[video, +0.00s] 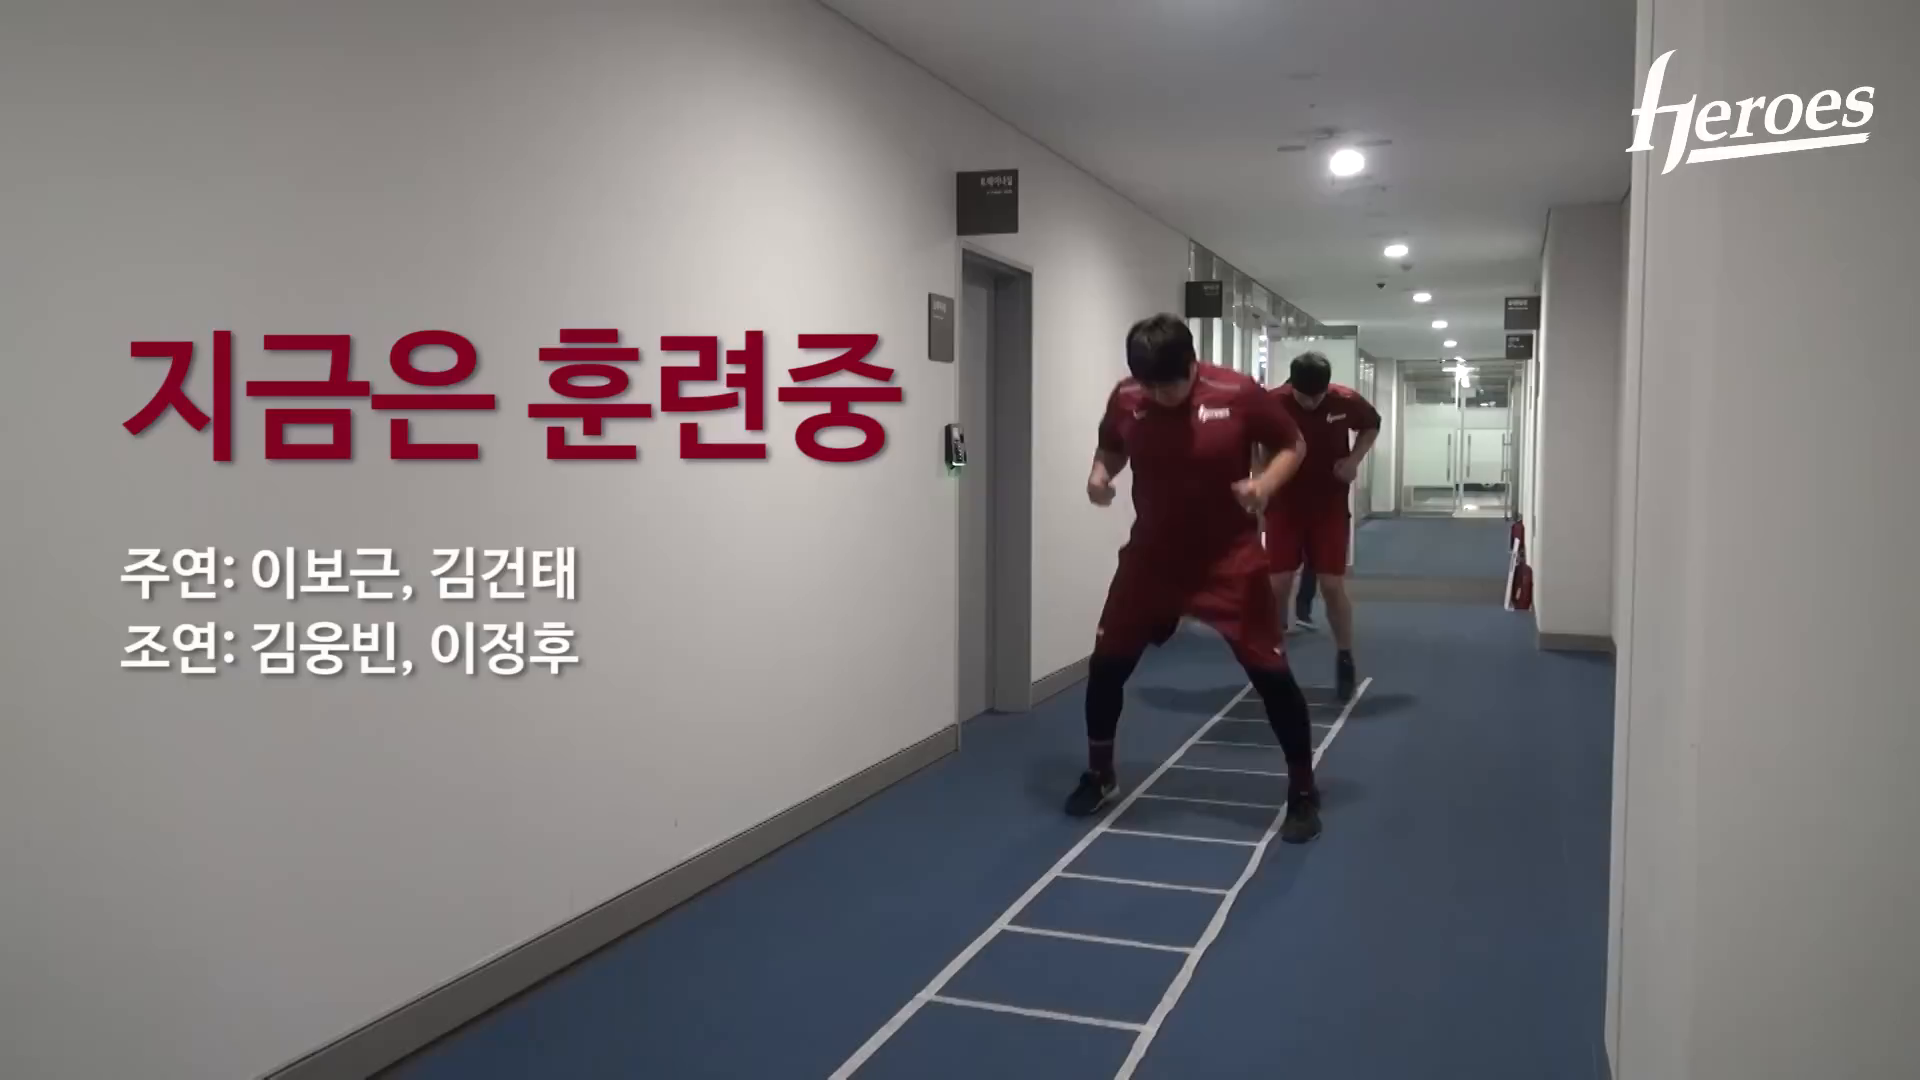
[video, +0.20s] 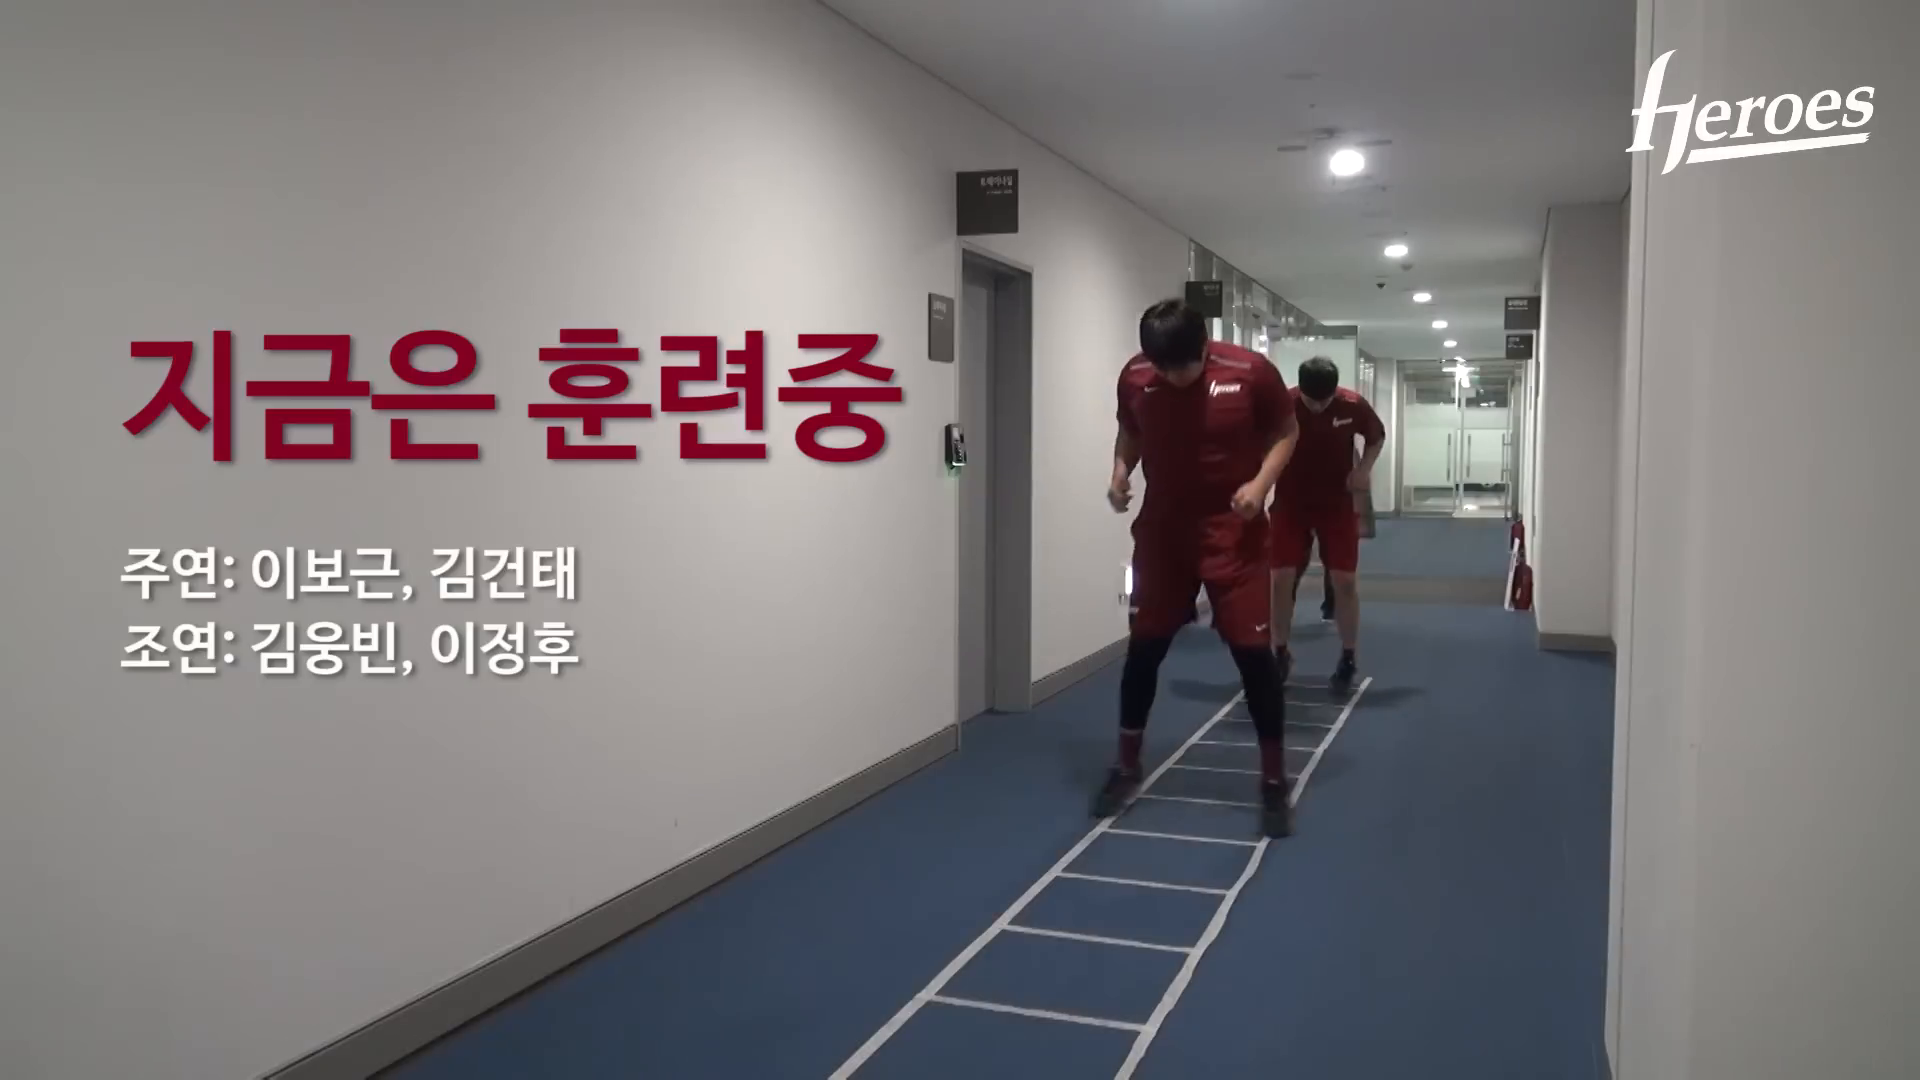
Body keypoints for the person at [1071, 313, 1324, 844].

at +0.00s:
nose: (1162, 397)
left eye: (1171, 387)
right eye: (1152, 388)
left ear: (1191, 367)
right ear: (1138, 376)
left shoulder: (1239, 395)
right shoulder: (1127, 401)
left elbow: (1293, 445)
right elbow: (1110, 448)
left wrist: (1264, 482)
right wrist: (1100, 476)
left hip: (1228, 557)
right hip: (1152, 555)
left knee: (1268, 670)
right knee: (1106, 665)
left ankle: (1302, 791)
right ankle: (1100, 774)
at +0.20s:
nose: (1175, 378)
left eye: (1183, 368)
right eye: (1165, 370)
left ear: (1202, 347)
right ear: (1152, 356)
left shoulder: (1251, 372)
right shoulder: (1137, 379)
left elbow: (1287, 430)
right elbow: (1131, 431)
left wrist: (1261, 483)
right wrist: (1121, 470)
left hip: (1234, 535)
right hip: (1162, 535)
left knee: (1252, 651)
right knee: (1145, 646)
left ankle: (1273, 776)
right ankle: (1127, 763)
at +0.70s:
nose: (1192, 401)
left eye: (1200, 393)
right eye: (1183, 393)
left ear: (1221, 377)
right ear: (1172, 382)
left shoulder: (1263, 403)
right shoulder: (1159, 410)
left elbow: (1299, 455)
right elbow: (1149, 457)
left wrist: (1275, 494)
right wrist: (1145, 497)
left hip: (1258, 561)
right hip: (1183, 557)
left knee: (1300, 655)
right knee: (1141, 648)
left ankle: (1323, 759)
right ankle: (1136, 750)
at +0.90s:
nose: (1191, 384)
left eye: (1198, 375)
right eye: (1183, 377)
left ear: (1217, 355)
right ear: (1171, 365)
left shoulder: (1269, 368)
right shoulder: (1167, 385)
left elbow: (1304, 413)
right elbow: (1166, 430)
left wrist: (1284, 465)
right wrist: (1161, 471)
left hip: (1265, 519)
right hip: (1198, 519)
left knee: (1274, 630)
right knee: (1183, 625)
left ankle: (1282, 743)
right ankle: (1182, 740)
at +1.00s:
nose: (1190, 393)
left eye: (1197, 385)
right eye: (1182, 386)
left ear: (1219, 363)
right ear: (1172, 375)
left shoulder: (1271, 380)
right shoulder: (1175, 394)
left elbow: (1311, 427)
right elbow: (1176, 443)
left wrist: (1293, 479)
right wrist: (1157, 484)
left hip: (1267, 531)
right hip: (1203, 531)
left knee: (1263, 639)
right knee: (1206, 639)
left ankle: (1266, 743)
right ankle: (1224, 742)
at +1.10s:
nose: (1187, 392)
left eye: (1191, 383)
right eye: (1180, 386)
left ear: (1211, 359)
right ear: (1171, 378)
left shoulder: (1272, 374)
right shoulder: (1177, 394)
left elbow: (1317, 420)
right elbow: (1186, 437)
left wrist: (1301, 477)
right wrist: (1163, 479)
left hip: (1269, 525)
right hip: (1208, 524)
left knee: (1274, 634)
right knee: (1202, 629)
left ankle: (1269, 741)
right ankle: (1215, 738)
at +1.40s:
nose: (1181, 407)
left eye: (1183, 398)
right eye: (1176, 401)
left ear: (1204, 381)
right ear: (1198, 384)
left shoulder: (1275, 400)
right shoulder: (1189, 418)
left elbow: (1324, 445)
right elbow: (1188, 466)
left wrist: (1333, 510)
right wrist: (1154, 502)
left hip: (1278, 547)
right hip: (1213, 549)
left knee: (1316, 641)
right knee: (1174, 634)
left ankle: (1350, 735)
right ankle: (1159, 724)